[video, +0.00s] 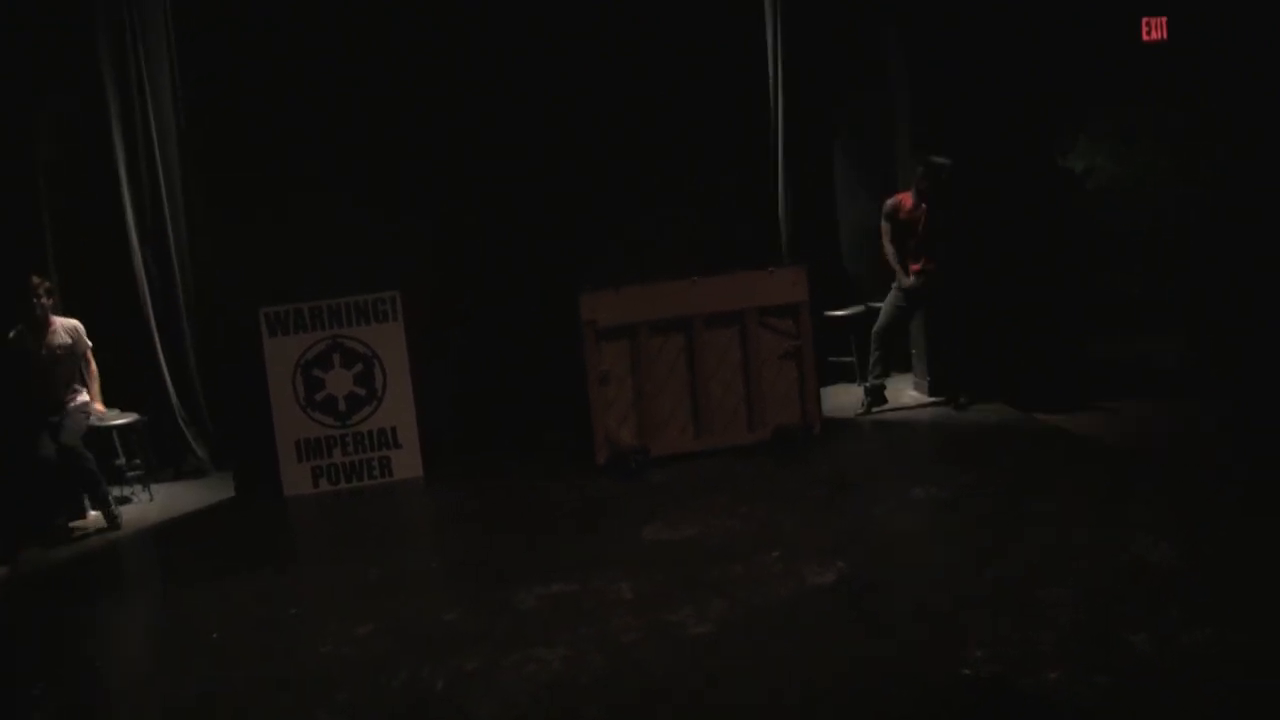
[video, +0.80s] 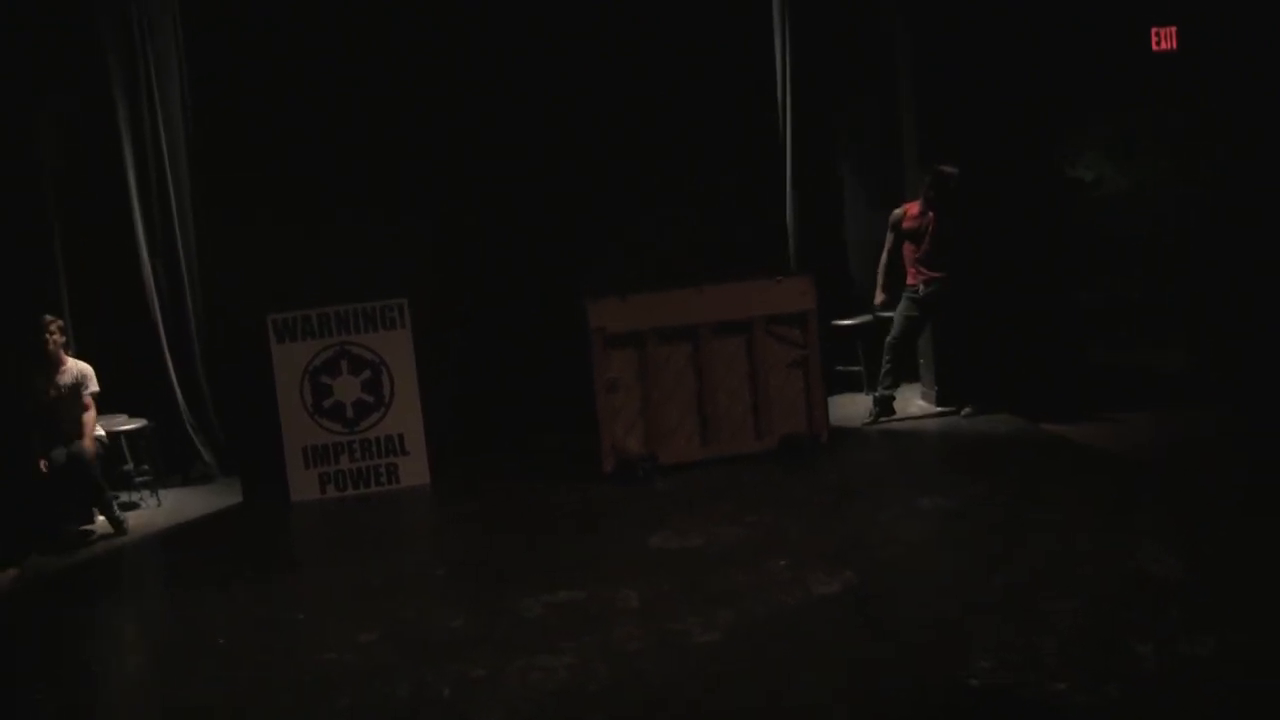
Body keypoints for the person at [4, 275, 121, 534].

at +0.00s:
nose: (36, 303)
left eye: (40, 297)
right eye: (31, 298)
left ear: (50, 299)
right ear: (25, 303)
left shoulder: (71, 328)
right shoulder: (18, 338)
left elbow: (89, 363)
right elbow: (17, 380)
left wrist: (96, 400)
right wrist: (21, 410)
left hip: (72, 400)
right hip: (39, 406)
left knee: (69, 445)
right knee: (44, 457)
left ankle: (105, 506)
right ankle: (55, 521)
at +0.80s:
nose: (48, 339)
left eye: (52, 334)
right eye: (44, 335)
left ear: (62, 337)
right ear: (39, 339)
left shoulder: (81, 370)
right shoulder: (36, 375)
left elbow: (89, 408)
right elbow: (34, 419)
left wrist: (87, 440)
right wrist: (39, 452)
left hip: (82, 433)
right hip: (55, 436)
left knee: (82, 459)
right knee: (57, 465)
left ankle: (110, 513)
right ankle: (69, 525)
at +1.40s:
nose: (90, 344)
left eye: (95, 337)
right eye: (86, 338)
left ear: (104, 340)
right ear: (79, 341)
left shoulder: (122, 368)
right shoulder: (69, 373)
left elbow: (133, 404)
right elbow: (61, 409)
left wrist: (132, 435)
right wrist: (70, 433)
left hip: (115, 426)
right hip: (83, 429)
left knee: (120, 468)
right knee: (90, 474)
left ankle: (130, 510)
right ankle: (97, 521)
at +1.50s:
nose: (88, 297)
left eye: (91, 290)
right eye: (83, 291)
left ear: (100, 294)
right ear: (76, 297)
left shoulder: (121, 327)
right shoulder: (66, 331)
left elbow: (131, 366)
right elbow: (55, 373)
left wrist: (132, 399)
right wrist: (71, 397)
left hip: (116, 405)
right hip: (84, 408)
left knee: (121, 460)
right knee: (92, 465)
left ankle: (134, 511)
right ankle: (100, 521)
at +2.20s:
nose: (73, 298)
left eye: (78, 292)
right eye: (68, 294)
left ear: (89, 298)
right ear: (60, 301)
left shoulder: (116, 335)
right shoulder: (50, 345)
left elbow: (136, 376)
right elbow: (47, 392)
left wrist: (138, 418)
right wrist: (52, 429)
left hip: (112, 431)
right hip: (72, 434)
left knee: (115, 495)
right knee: (82, 501)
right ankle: (99, 564)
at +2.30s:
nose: (73, 298)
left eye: (78, 292)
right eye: (67, 293)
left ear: (89, 297)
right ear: (60, 301)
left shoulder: (118, 336)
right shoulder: (49, 350)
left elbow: (135, 378)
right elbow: (50, 400)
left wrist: (137, 415)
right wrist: (54, 443)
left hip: (116, 431)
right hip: (75, 437)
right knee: (85, 507)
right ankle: (103, 566)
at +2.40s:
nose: (78, 313)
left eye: (83, 306)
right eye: (72, 308)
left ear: (95, 311)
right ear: (65, 316)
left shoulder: (121, 353)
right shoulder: (54, 364)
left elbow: (135, 399)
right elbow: (50, 417)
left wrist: (131, 430)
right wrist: (48, 461)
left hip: (117, 447)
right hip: (77, 450)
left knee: (112, 514)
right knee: (81, 517)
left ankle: (117, 578)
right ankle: (95, 580)